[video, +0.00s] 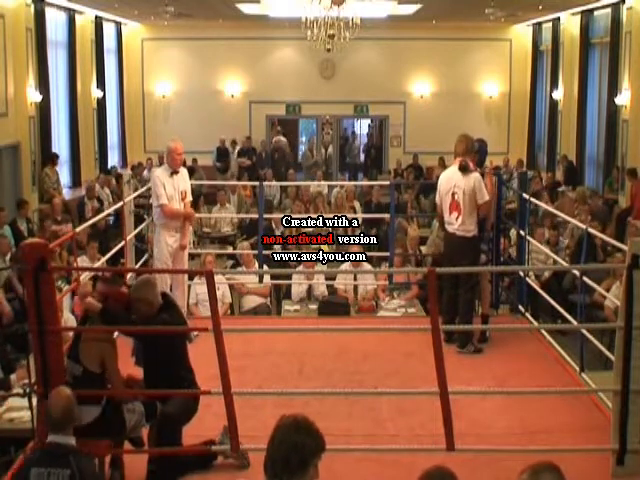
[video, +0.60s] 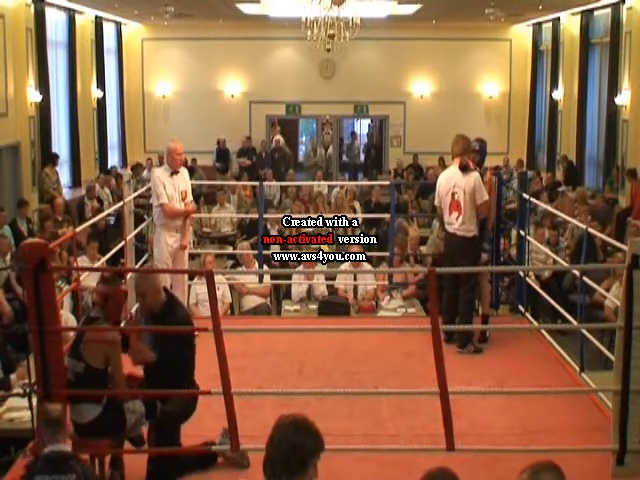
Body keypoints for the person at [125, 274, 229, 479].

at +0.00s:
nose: (136, 309)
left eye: (140, 304)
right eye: (135, 304)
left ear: (152, 303)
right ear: (133, 301)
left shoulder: (167, 321)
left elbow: (131, 326)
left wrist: (101, 310)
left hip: (183, 393)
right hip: (159, 394)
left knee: (167, 416)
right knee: (164, 467)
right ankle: (216, 447)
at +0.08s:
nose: (137, 309)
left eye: (141, 304)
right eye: (135, 303)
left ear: (152, 302)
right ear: (134, 300)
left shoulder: (168, 322)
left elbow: (133, 329)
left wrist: (101, 311)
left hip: (183, 393)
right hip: (159, 394)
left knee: (167, 415)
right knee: (164, 467)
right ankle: (215, 447)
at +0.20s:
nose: (138, 308)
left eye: (142, 303)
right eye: (135, 303)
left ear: (153, 300)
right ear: (132, 299)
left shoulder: (168, 322)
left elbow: (137, 343)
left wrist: (114, 320)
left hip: (183, 392)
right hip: (159, 392)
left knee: (166, 415)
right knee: (162, 466)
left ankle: (216, 450)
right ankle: (215, 448)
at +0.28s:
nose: (138, 308)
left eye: (142, 304)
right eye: (136, 303)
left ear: (153, 300)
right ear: (133, 298)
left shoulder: (173, 323)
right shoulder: (139, 311)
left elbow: (149, 360)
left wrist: (132, 335)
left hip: (181, 392)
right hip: (157, 390)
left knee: (165, 415)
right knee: (162, 466)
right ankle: (215, 447)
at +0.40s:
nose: (139, 308)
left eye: (143, 304)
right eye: (136, 302)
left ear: (154, 299)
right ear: (134, 296)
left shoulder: (175, 321)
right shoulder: (141, 307)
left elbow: (167, 365)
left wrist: (141, 354)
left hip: (181, 391)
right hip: (156, 388)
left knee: (165, 416)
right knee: (164, 466)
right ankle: (216, 448)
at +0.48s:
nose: (138, 306)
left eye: (143, 301)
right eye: (136, 300)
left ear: (155, 296)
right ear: (135, 295)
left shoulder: (176, 320)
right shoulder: (148, 308)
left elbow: (174, 364)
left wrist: (145, 359)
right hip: (158, 388)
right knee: (162, 465)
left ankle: (216, 449)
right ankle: (214, 448)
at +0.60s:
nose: (142, 301)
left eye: (145, 294)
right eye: (139, 295)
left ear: (159, 289)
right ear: (137, 292)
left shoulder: (178, 318)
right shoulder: (144, 311)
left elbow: (178, 370)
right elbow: (126, 342)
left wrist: (149, 359)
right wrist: (131, 337)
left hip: (179, 393)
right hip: (156, 389)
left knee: (159, 469)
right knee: (164, 465)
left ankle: (216, 450)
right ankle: (215, 448)